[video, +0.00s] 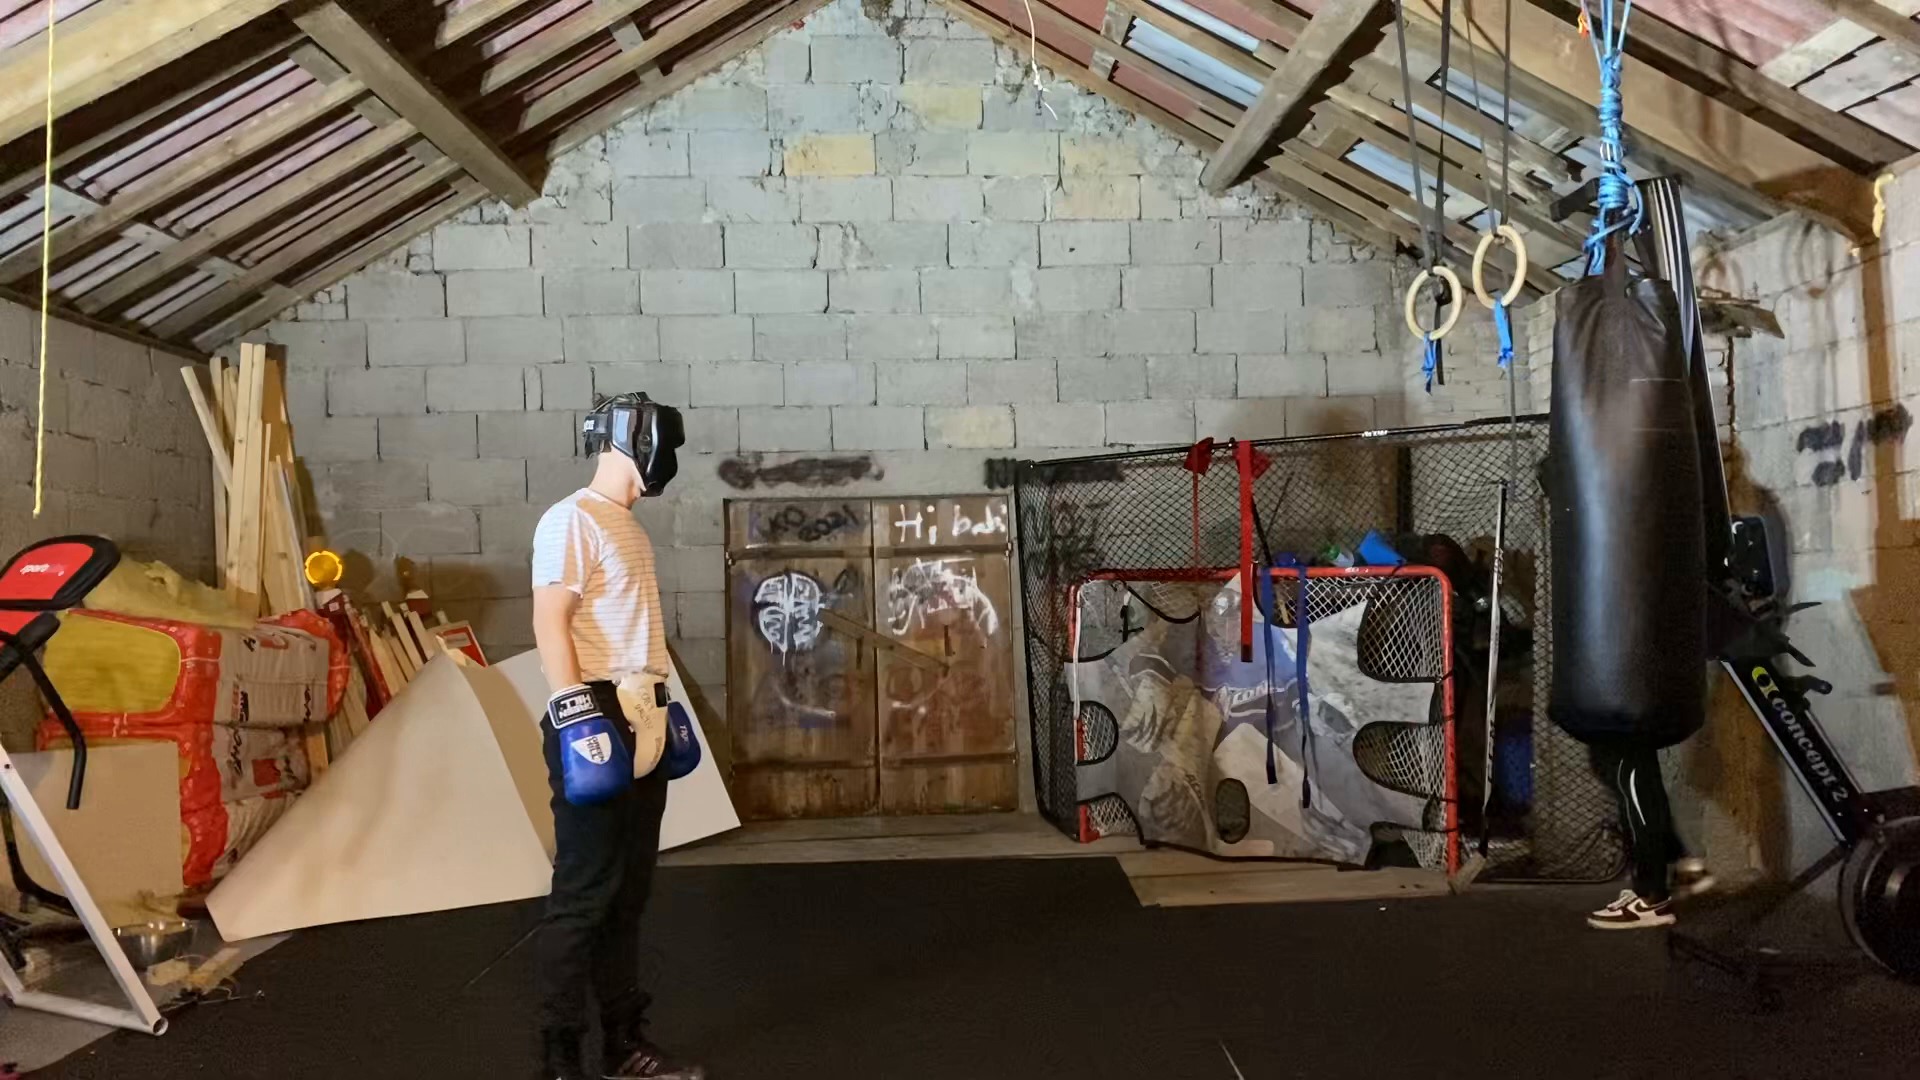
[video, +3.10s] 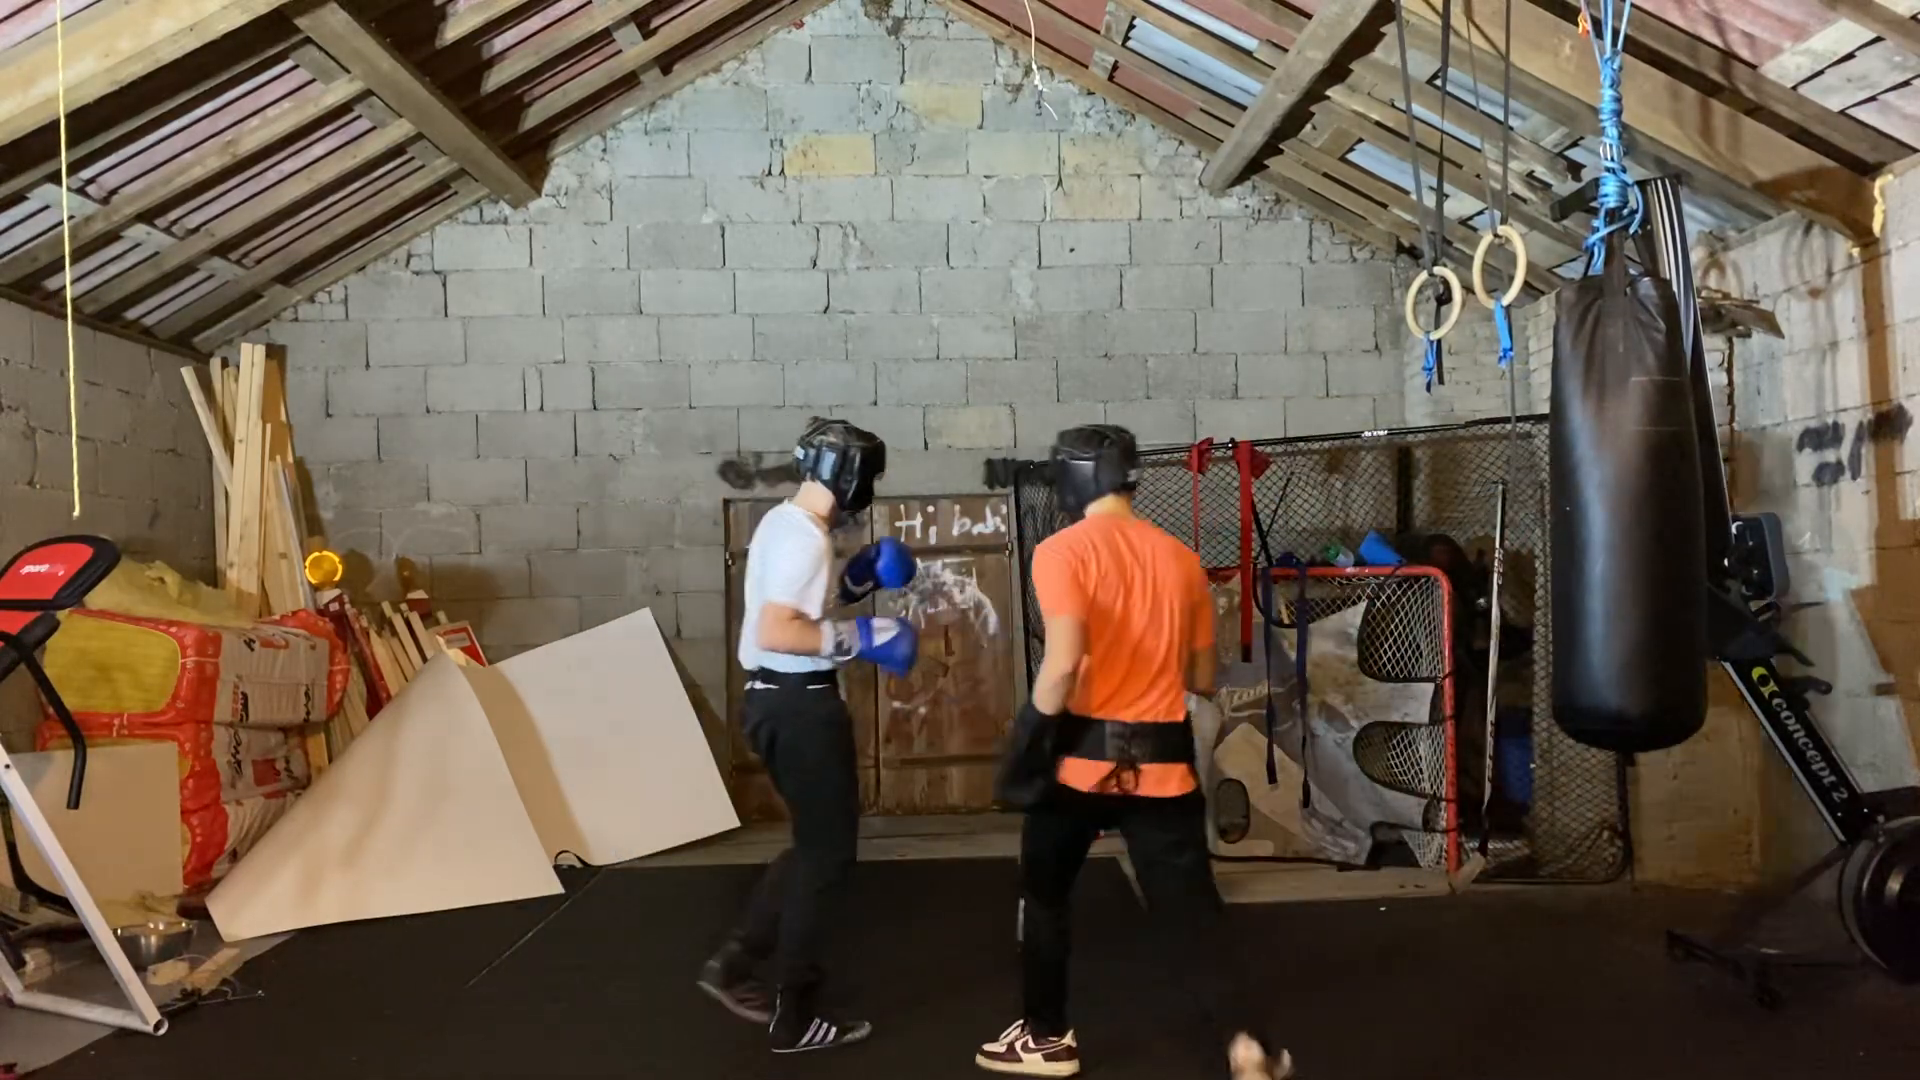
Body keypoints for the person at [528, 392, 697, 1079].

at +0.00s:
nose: (664, 467)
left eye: (666, 453)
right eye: (657, 451)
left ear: (631, 448)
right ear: (624, 444)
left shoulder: (631, 531)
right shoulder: (567, 520)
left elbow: (641, 627)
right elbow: (550, 621)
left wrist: (667, 704)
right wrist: (578, 715)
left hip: (643, 716)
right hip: (592, 718)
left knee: (627, 892)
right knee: (582, 894)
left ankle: (621, 1048)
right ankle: (561, 1060)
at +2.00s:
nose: (694, 466)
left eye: (693, 452)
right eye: (686, 452)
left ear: (643, 450)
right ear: (654, 450)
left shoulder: (637, 522)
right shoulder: (616, 520)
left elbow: (628, 622)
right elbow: (592, 617)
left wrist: (672, 702)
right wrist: (660, 698)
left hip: (635, 714)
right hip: (609, 715)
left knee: (640, 879)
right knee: (611, 883)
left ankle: (623, 1042)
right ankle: (571, 1055)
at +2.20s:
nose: (700, 468)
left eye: (699, 454)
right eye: (694, 453)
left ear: (646, 448)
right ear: (666, 449)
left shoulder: (643, 520)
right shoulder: (630, 519)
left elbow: (655, 627)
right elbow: (631, 618)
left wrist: (731, 633)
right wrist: (724, 624)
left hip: (632, 708)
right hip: (631, 713)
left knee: (630, 872)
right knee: (668, 871)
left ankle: (625, 1038)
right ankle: (607, 1048)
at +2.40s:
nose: (716, 477)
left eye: (716, 463)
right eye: (712, 462)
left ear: (662, 452)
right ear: (691, 455)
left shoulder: (638, 518)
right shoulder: (657, 519)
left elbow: (677, 610)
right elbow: (677, 609)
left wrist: (754, 592)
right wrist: (765, 582)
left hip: (628, 708)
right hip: (658, 711)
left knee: (641, 874)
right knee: (713, 868)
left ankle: (624, 1043)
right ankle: (710, 1045)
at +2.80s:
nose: (802, 488)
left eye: (803, 474)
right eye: (800, 473)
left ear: (747, 461)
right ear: (780, 467)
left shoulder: (715, 524)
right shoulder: (740, 528)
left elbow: (765, 602)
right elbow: (733, 624)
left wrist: (838, 578)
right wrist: (811, 609)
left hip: (701, 712)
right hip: (740, 715)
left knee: (688, 874)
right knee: (774, 867)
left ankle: (631, 1028)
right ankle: (793, 1017)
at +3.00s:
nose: (854, 499)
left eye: (855, 486)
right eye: (852, 486)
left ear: (801, 475)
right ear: (832, 485)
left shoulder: (774, 529)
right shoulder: (782, 543)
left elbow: (786, 612)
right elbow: (745, 633)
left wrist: (842, 594)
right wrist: (827, 644)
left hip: (761, 707)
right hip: (782, 713)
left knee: (784, 856)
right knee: (812, 860)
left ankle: (682, 978)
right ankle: (796, 1019)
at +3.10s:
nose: (868, 493)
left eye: (869, 480)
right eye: (866, 480)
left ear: (814, 469)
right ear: (847, 478)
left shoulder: (781, 523)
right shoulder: (804, 538)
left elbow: (804, 603)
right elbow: (775, 630)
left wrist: (857, 577)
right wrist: (855, 637)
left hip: (777, 699)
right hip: (800, 705)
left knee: (818, 844)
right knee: (827, 852)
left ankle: (735, 963)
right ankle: (795, 1019)